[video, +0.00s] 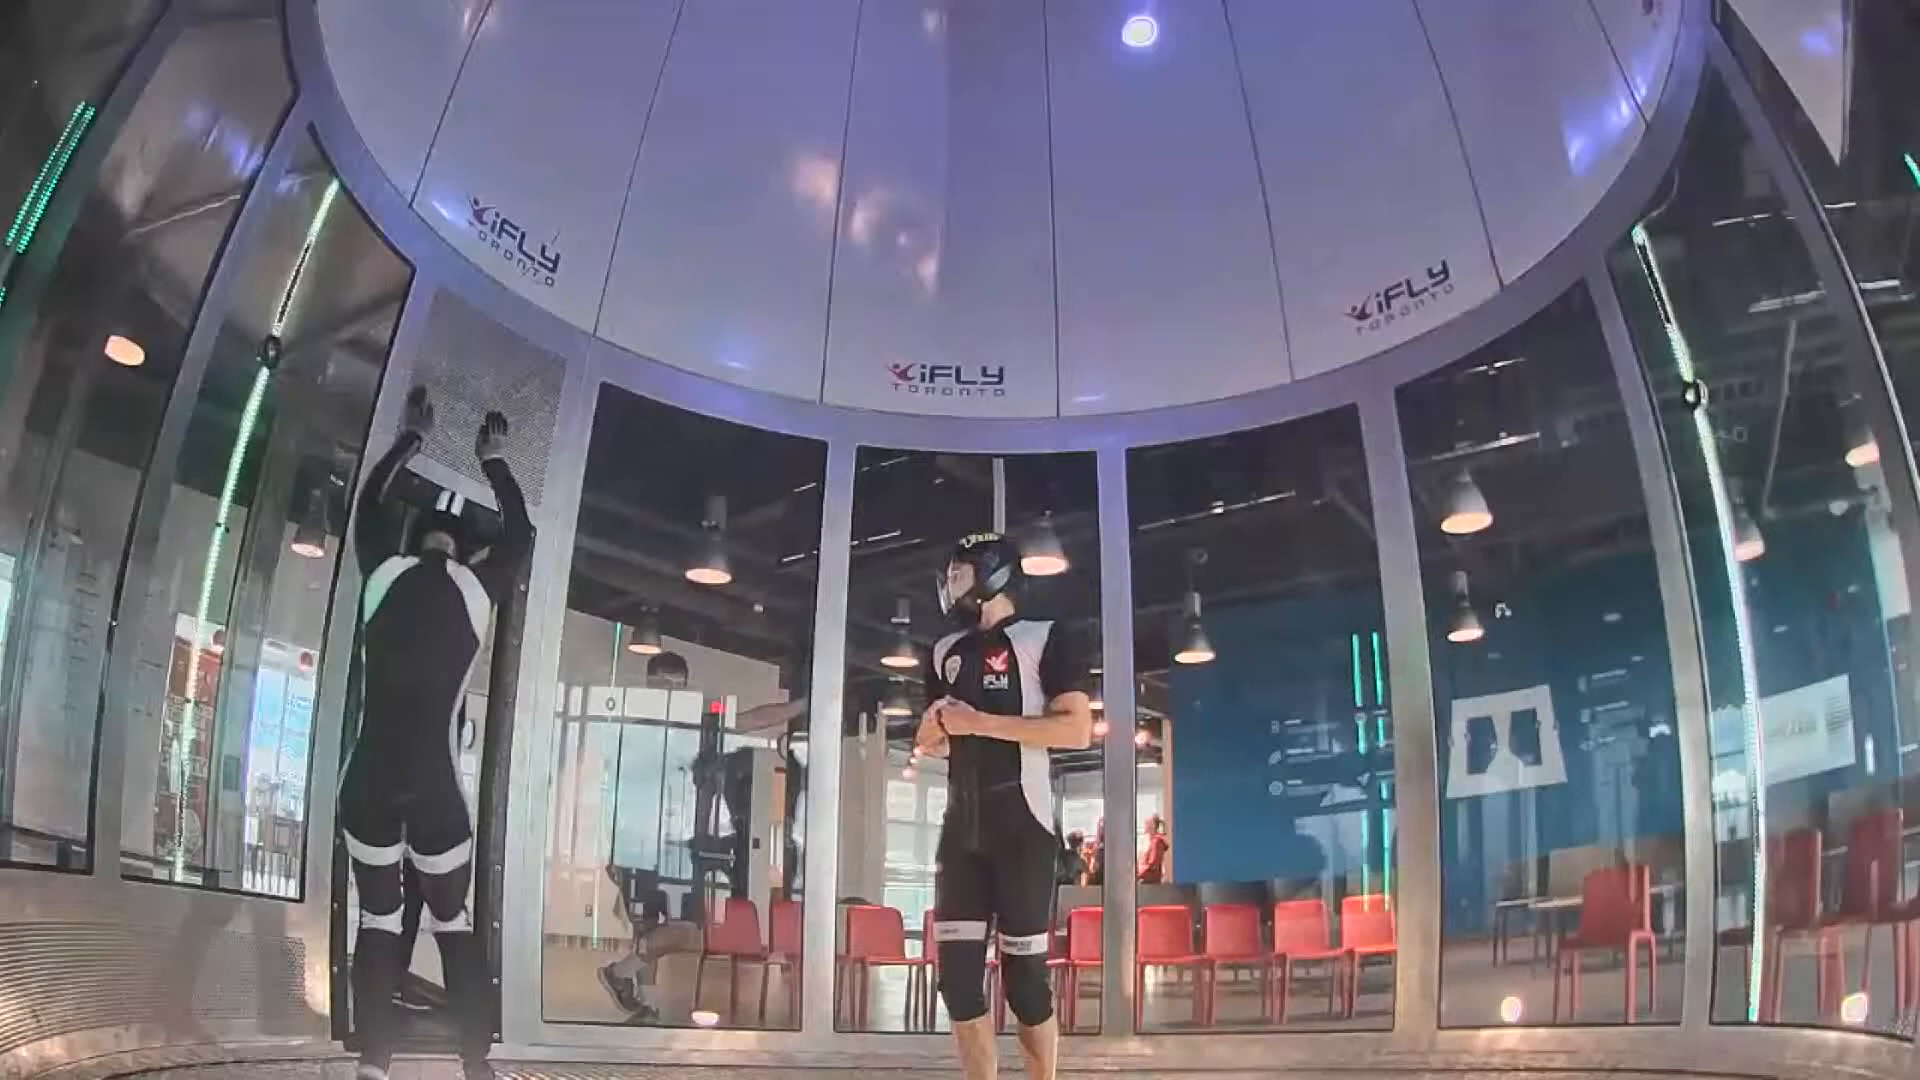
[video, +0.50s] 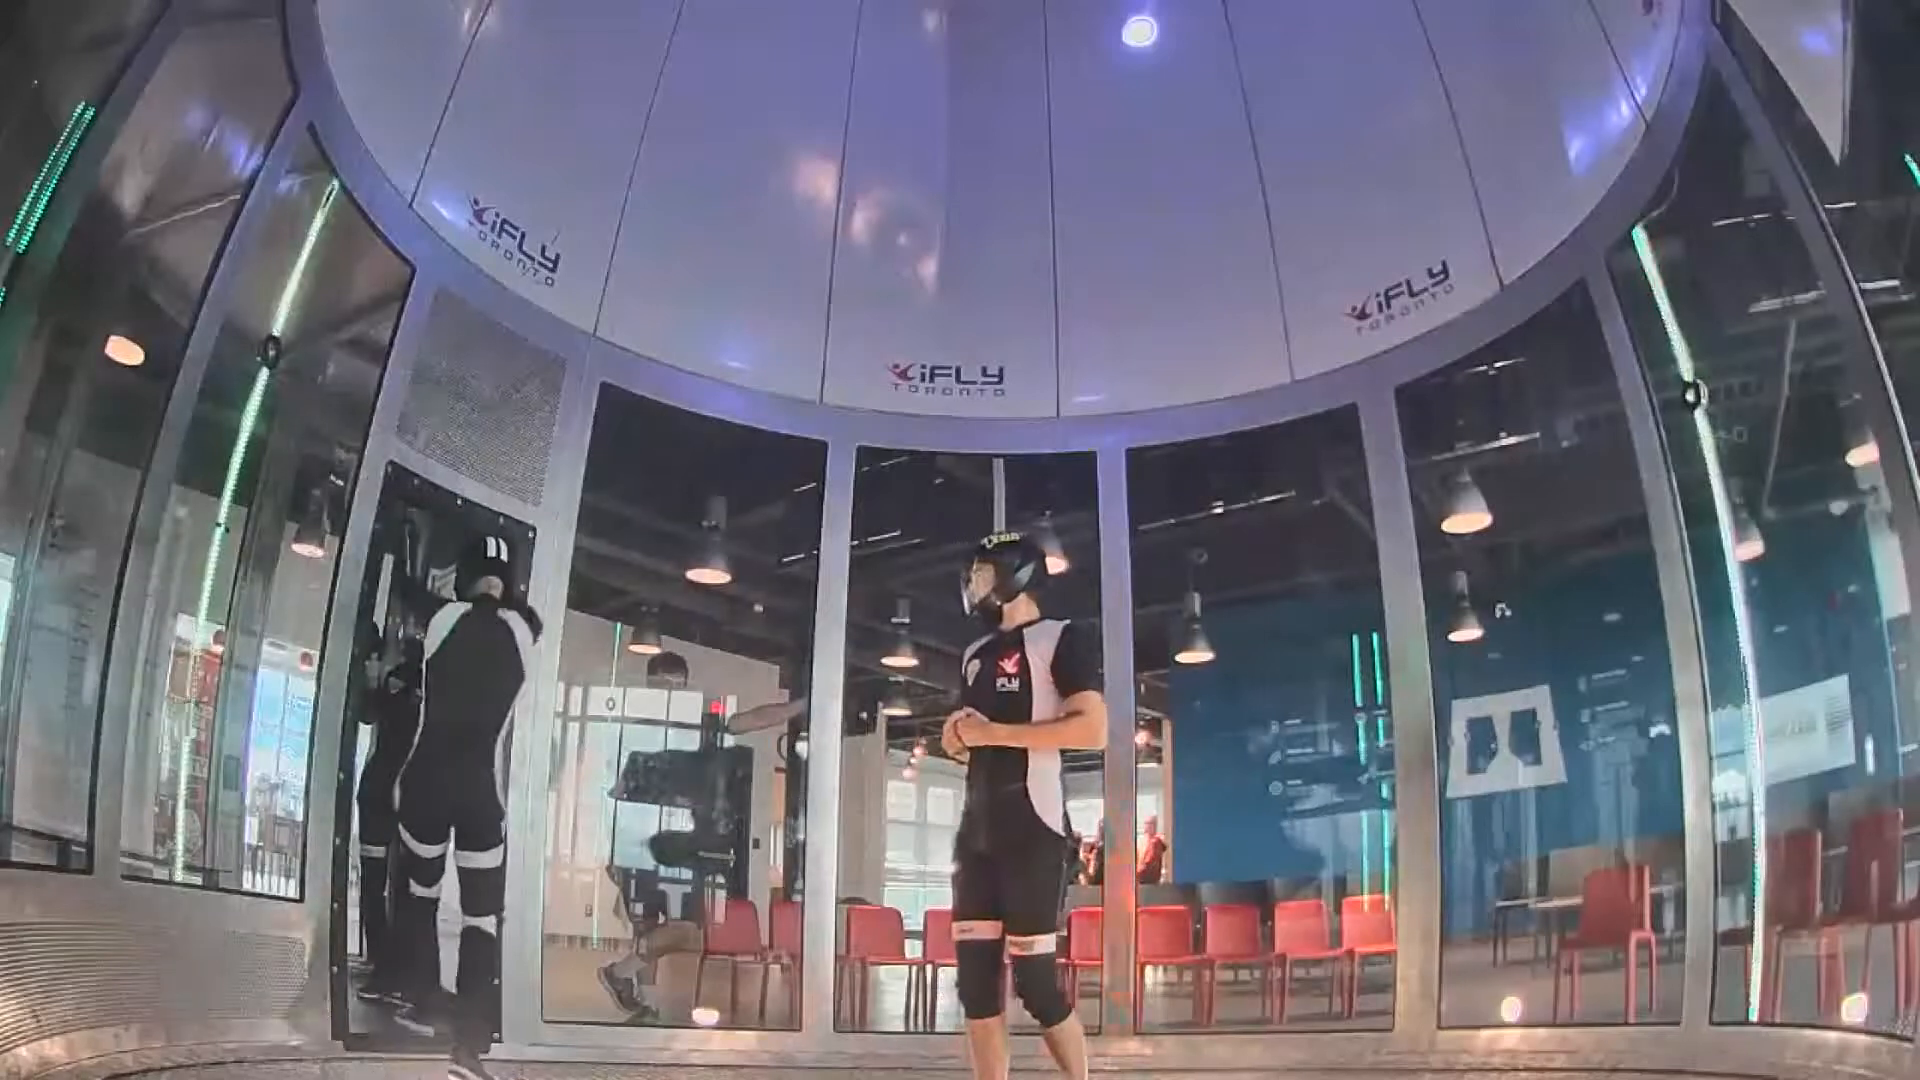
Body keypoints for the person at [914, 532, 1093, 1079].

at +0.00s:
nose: (952, 585)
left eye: (962, 573)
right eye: (950, 575)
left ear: (997, 576)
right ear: (960, 583)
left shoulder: (1049, 639)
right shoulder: (944, 652)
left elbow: (1077, 730)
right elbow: (929, 743)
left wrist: (981, 722)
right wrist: (932, 732)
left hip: (1026, 827)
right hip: (962, 827)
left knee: (1025, 979)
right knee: (957, 979)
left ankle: (1042, 1076)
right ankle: (982, 1076)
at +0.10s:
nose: (952, 585)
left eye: (962, 573)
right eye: (950, 575)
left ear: (997, 576)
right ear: (959, 583)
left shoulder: (1049, 639)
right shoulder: (944, 652)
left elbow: (1077, 730)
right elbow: (929, 743)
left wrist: (981, 722)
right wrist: (932, 732)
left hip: (1026, 827)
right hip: (962, 827)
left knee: (1025, 979)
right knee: (957, 979)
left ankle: (1043, 1076)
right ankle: (982, 1076)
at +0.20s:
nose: (953, 583)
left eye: (963, 571)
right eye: (953, 573)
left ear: (998, 573)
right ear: (978, 579)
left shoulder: (1053, 637)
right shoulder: (951, 651)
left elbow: (1081, 729)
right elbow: (943, 749)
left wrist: (985, 723)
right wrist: (938, 733)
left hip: (1029, 827)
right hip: (966, 827)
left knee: (1027, 978)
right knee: (964, 981)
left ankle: (1047, 1076)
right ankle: (986, 1076)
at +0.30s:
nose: (955, 581)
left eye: (965, 570)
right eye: (954, 572)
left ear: (1000, 572)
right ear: (979, 578)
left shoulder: (1055, 636)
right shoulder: (954, 650)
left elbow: (1082, 728)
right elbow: (945, 748)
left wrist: (986, 721)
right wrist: (940, 730)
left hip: (1030, 827)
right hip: (967, 827)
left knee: (1027, 978)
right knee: (966, 981)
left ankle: (1049, 1076)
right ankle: (988, 1077)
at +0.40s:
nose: (967, 584)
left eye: (976, 573)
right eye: (966, 575)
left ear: (1011, 574)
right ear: (982, 581)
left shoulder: (1065, 636)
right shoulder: (968, 652)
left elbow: (1089, 728)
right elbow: (960, 750)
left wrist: (993, 729)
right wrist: (947, 736)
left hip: (1035, 827)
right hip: (974, 828)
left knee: (1031, 975)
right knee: (976, 981)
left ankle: (1066, 1076)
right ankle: (991, 1077)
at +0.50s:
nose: (972, 584)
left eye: (982, 573)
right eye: (972, 575)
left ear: (1017, 575)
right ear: (991, 581)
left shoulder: (1067, 637)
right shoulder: (975, 653)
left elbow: (1092, 729)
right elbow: (965, 751)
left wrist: (995, 731)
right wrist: (954, 737)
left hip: (1036, 828)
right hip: (977, 828)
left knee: (1035, 977)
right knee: (976, 980)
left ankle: (1079, 1076)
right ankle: (991, 1078)